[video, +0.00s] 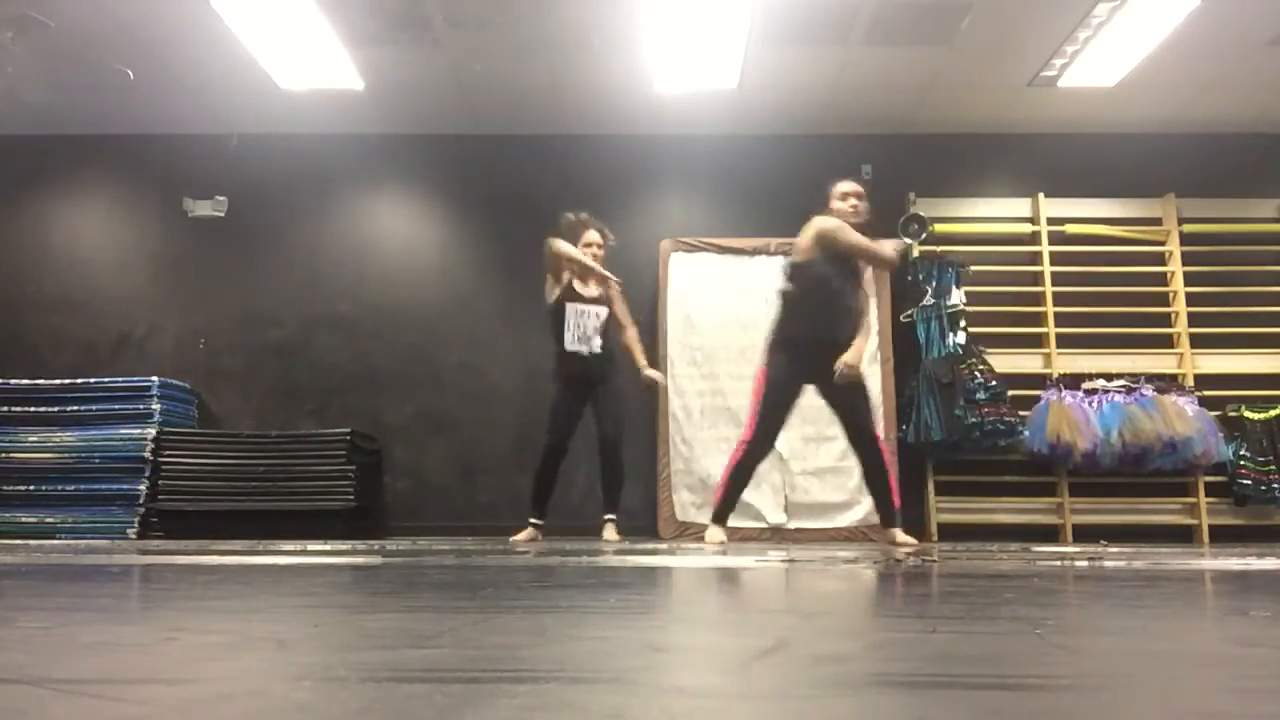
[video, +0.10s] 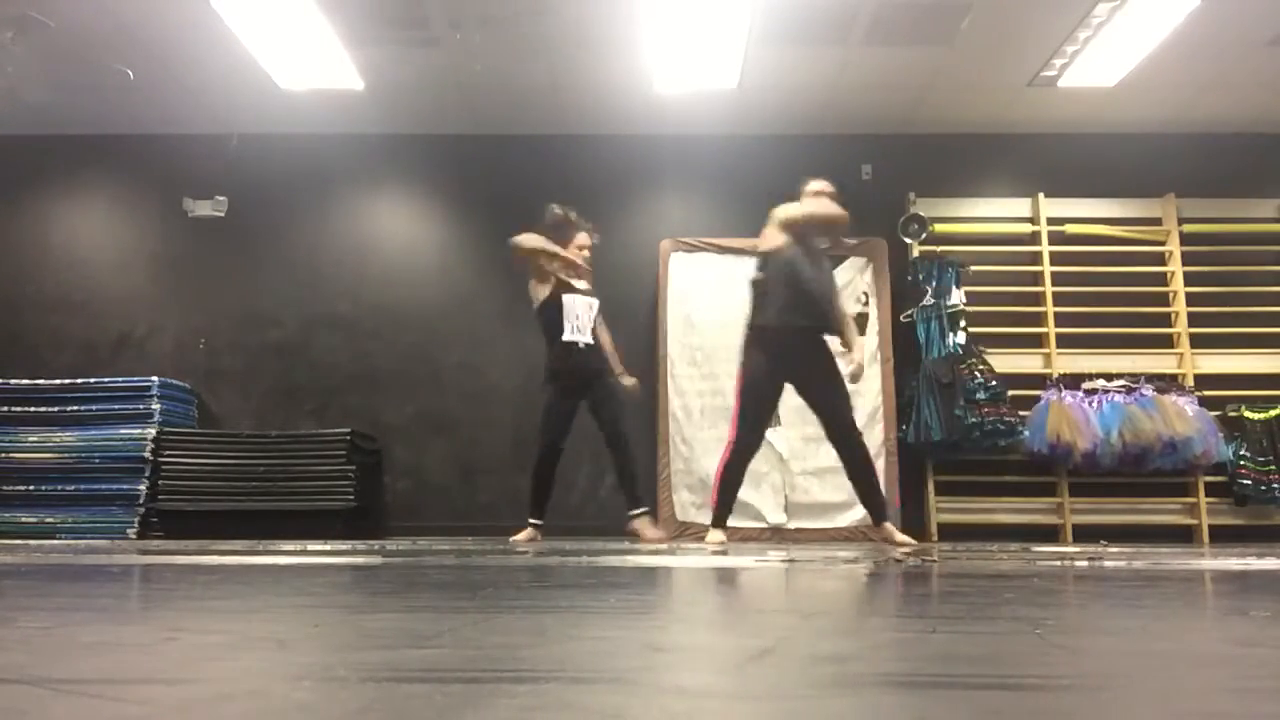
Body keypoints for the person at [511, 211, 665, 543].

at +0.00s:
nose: (595, 253)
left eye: (599, 247)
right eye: (588, 246)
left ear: (605, 251)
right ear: (574, 251)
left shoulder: (608, 288)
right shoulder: (559, 282)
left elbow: (628, 327)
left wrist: (643, 366)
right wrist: (595, 269)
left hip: (605, 377)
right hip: (571, 376)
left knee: (611, 442)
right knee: (554, 445)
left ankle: (610, 522)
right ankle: (535, 524)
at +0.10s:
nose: (587, 255)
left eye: (589, 249)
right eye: (581, 248)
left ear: (587, 251)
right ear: (560, 248)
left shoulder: (583, 285)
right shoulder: (543, 279)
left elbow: (600, 329)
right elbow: (519, 242)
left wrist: (619, 371)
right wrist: (558, 254)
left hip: (597, 373)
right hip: (564, 376)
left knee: (618, 438)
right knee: (549, 448)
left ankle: (638, 516)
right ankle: (534, 525)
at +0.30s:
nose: (559, 270)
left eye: (559, 263)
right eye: (553, 264)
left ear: (547, 266)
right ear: (532, 268)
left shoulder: (562, 297)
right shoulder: (512, 303)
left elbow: (562, 337)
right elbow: (465, 320)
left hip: (597, 381)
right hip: (564, 393)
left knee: (643, 435)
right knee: (542, 457)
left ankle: (695, 490)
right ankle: (535, 528)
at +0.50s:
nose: (551, 292)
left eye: (550, 286)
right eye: (544, 288)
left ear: (545, 290)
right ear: (522, 297)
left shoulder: (565, 316)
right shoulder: (509, 341)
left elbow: (592, 351)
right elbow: (488, 383)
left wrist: (614, 389)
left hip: (597, 398)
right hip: (563, 411)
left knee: (649, 441)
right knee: (539, 463)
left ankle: (708, 491)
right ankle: (535, 529)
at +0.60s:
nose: (565, 305)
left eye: (563, 298)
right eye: (557, 301)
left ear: (563, 299)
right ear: (536, 311)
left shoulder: (580, 326)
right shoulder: (523, 351)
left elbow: (607, 361)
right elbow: (507, 396)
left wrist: (628, 397)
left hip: (605, 408)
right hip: (569, 418)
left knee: (650, 445)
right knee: (540, 463)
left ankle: (703, 508)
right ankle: (535, 530)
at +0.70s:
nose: (585, 309)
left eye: (586, 301)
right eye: (575, 304)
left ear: (590, 304)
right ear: (559, 314)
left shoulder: (606, 331)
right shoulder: (547, 349)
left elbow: (626, 369)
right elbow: (533, 396)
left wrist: (642, 407)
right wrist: (521, 433)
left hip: (616, 415)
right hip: (578, 421)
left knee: (656, 447)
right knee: (546, 461)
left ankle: (687, 524)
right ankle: (534, 530)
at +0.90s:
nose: (617, 275)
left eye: (623, 267)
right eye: (611, 270)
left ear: (637, 271)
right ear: (604, 279)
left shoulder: (656, 307)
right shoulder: (597, 320)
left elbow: (675, 346)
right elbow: (592, 363)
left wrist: (696, 379)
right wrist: (583, 400)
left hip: (660, 398)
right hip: (621, 403)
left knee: (690, 445)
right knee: (586, 459)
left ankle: (689, 525)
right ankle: (543, 524)